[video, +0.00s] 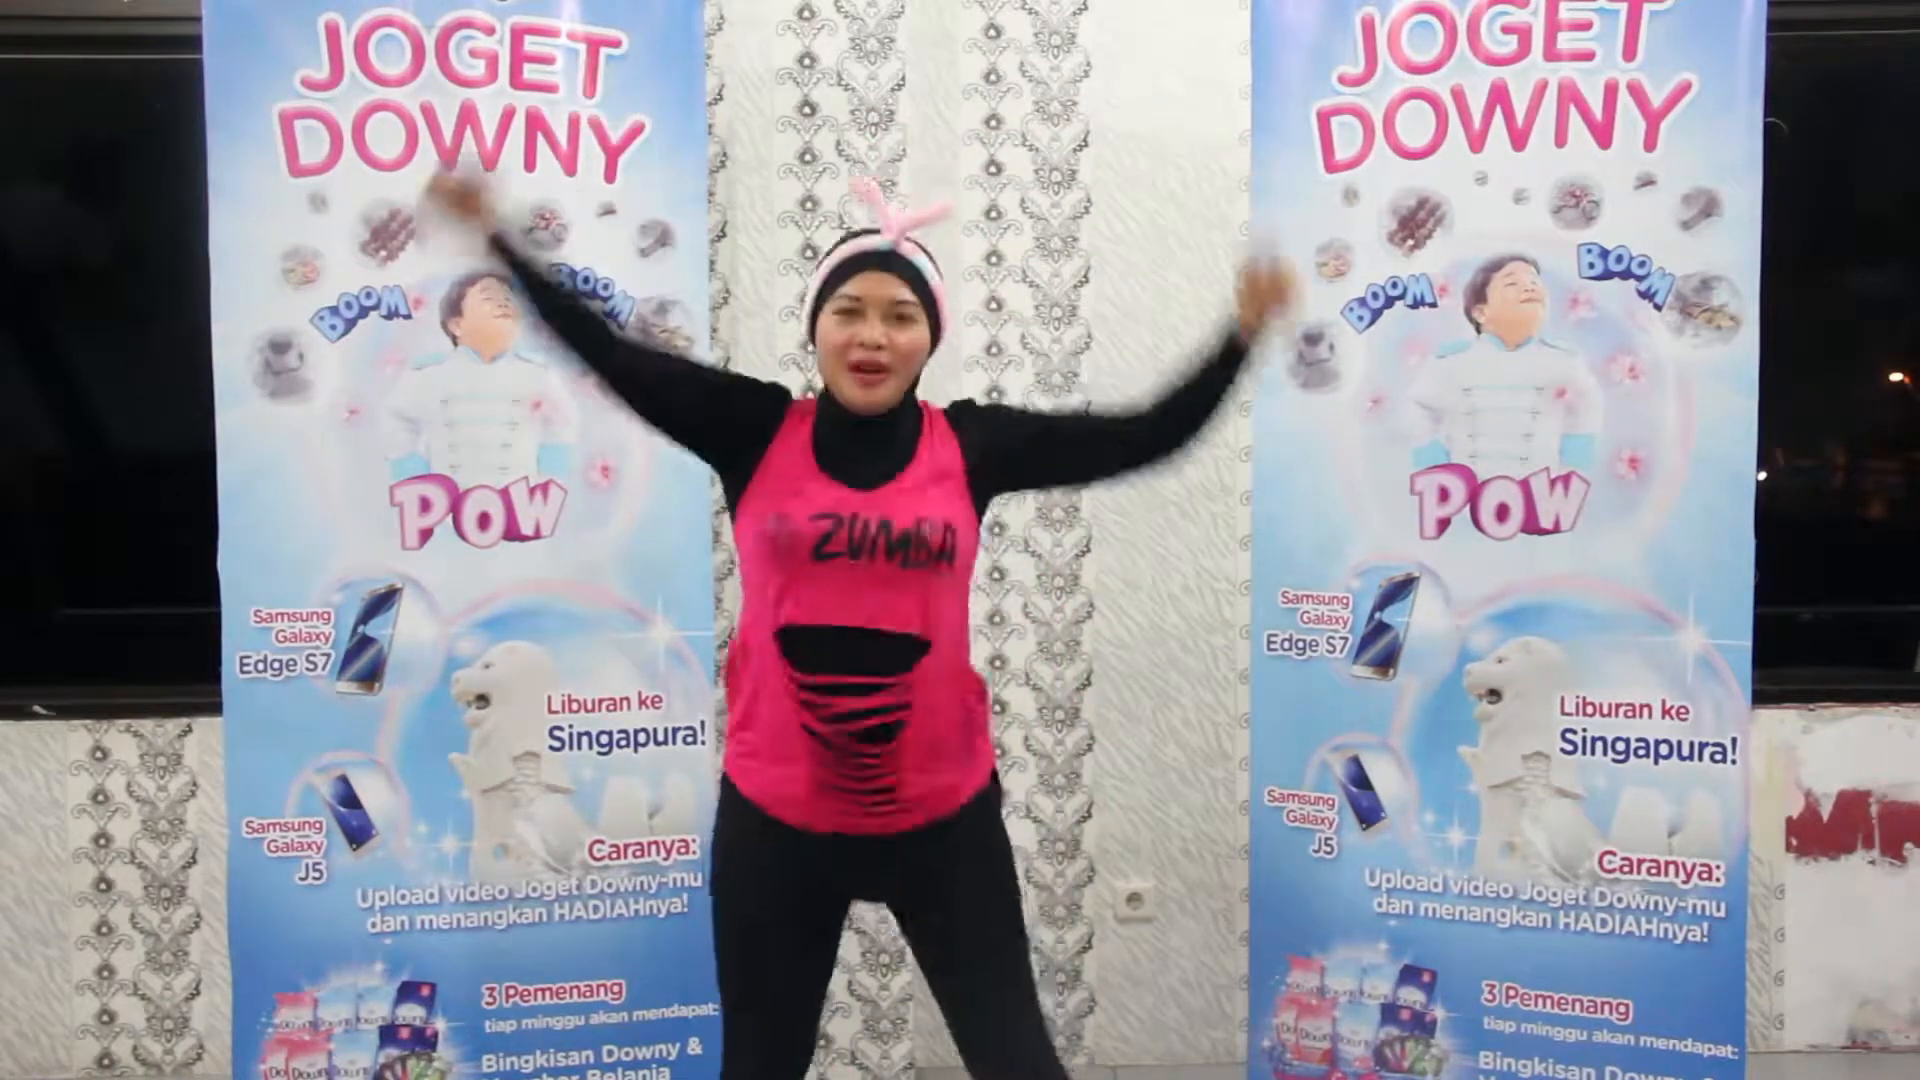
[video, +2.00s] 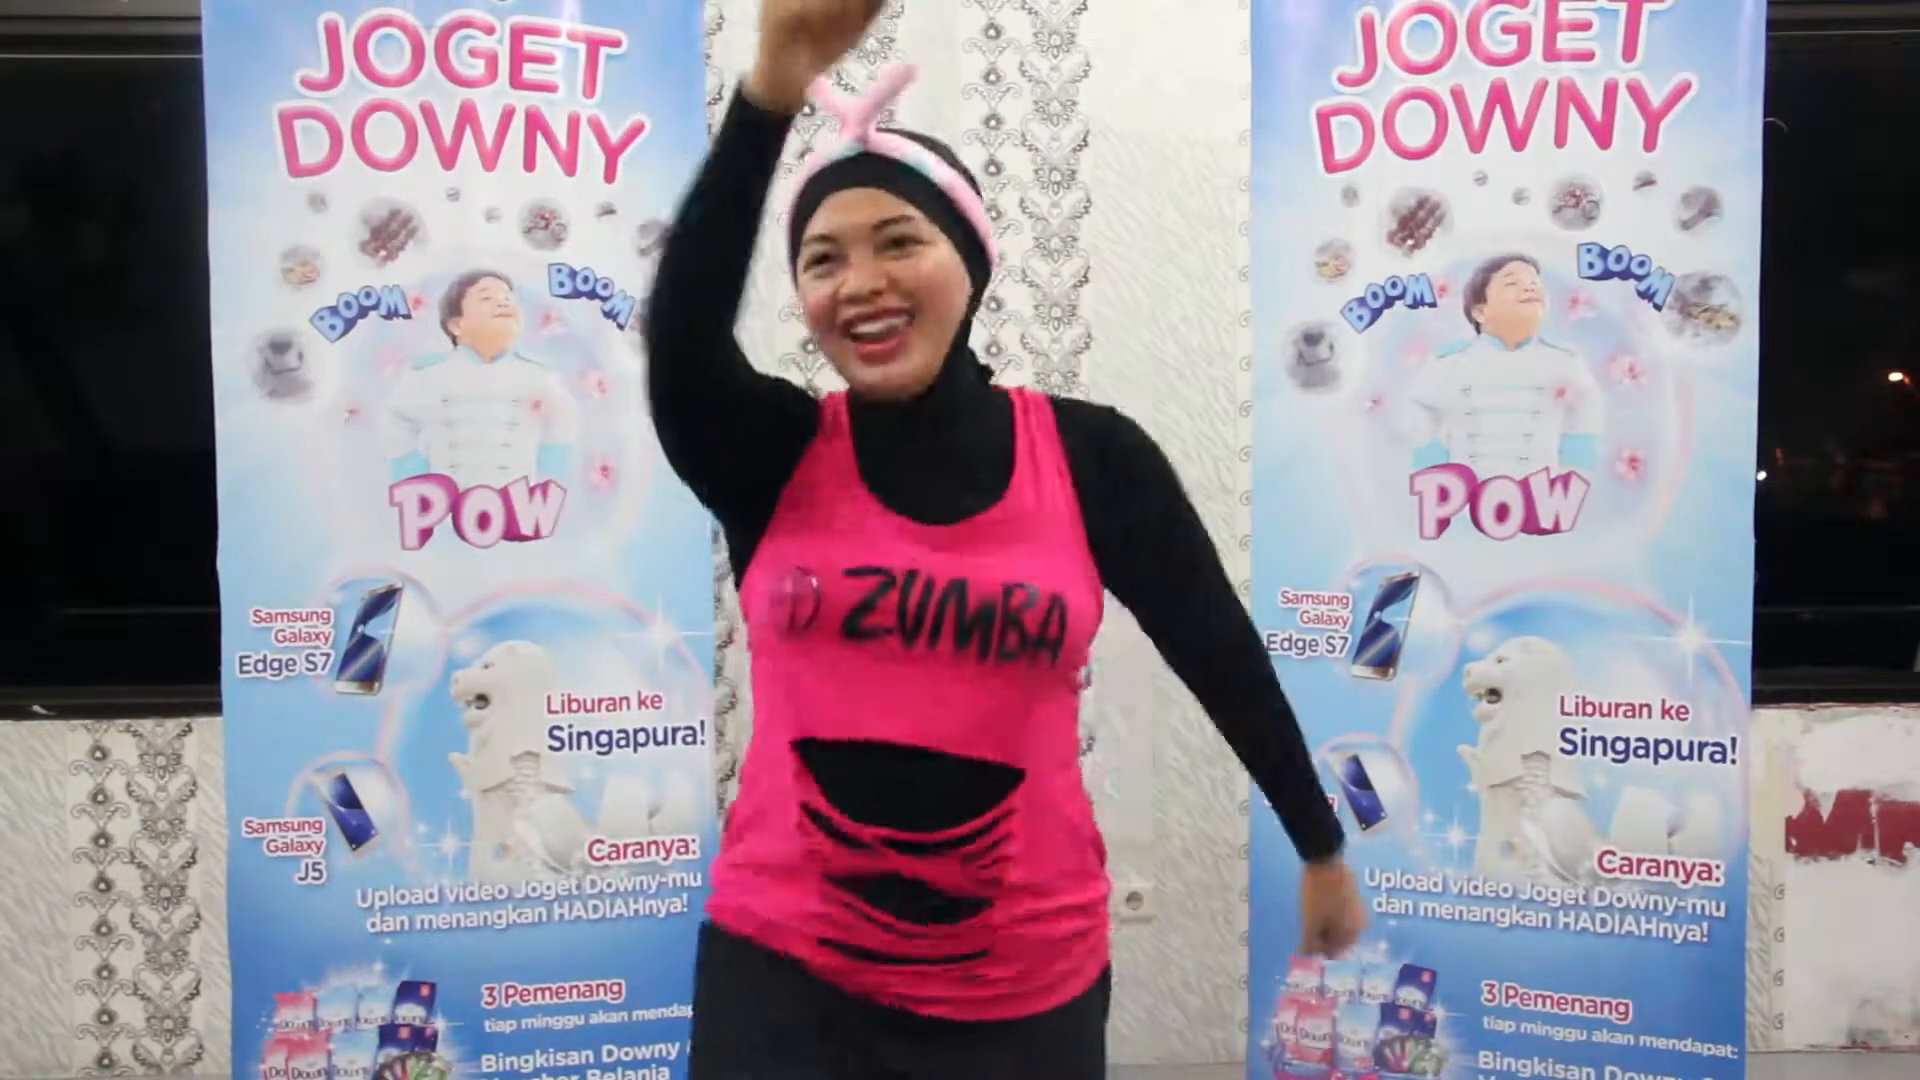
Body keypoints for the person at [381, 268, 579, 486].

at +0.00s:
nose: (503, 305)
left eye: (508, 298)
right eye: (486, 298)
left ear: (518, 317)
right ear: (455, 324)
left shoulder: (537, 377)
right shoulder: (424, 381)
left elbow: (559, 430)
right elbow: (394, 424)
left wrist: (547, 485)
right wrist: (412, 480)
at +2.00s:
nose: (503, 302)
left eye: (508, 296)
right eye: (485, 297)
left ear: (518, 314)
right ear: (455, 324)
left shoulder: (539, 379)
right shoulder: (421, 380)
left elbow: (560, 442)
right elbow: (396, 434)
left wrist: (544, 499)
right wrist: (415, 494)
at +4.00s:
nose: (502, 303)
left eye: (508, 297)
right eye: (484, 298)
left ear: (517, 312)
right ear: (455, 325)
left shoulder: (539, 376)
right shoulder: (422, 376)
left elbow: (559, 438)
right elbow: (395, 433)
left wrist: (544, 497)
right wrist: (416, 491)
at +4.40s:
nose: (503, 303)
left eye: (508, 297)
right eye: (485, 298)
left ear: (518, 314)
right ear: (455, 324)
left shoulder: (540, 377)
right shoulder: (421, 377)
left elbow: (558, 445)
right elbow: (396, 437)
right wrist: (419, 493)